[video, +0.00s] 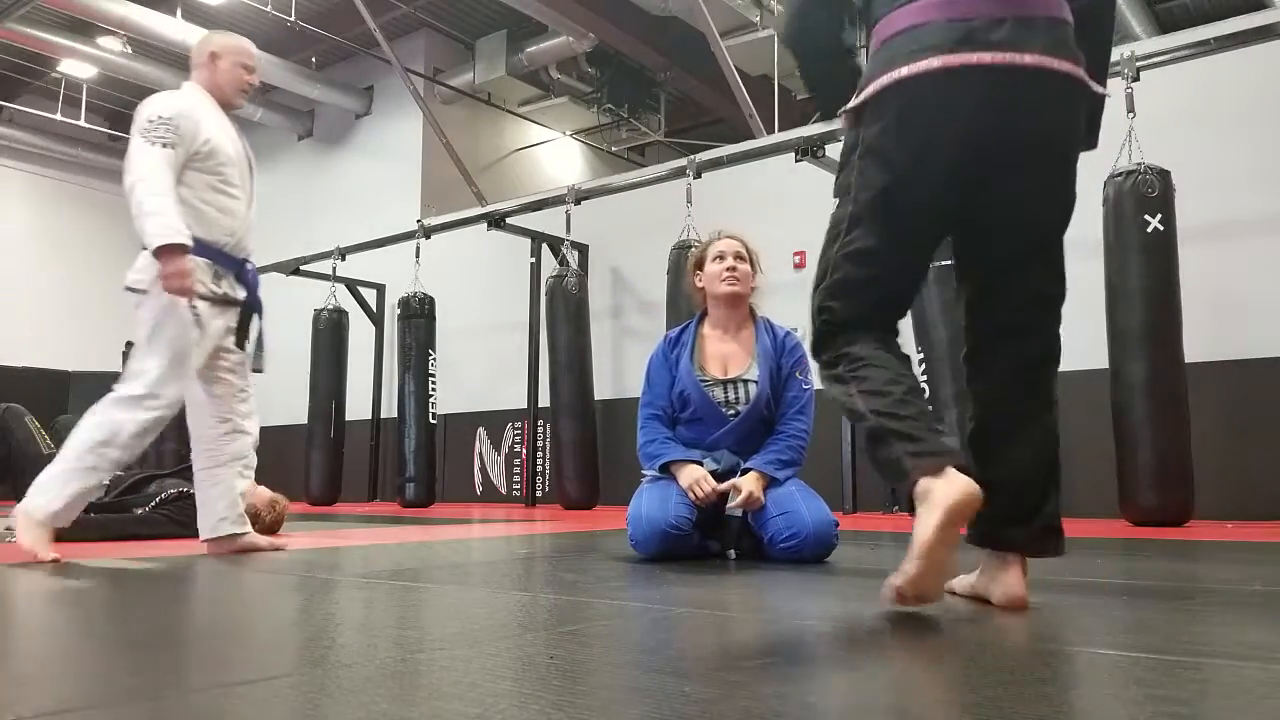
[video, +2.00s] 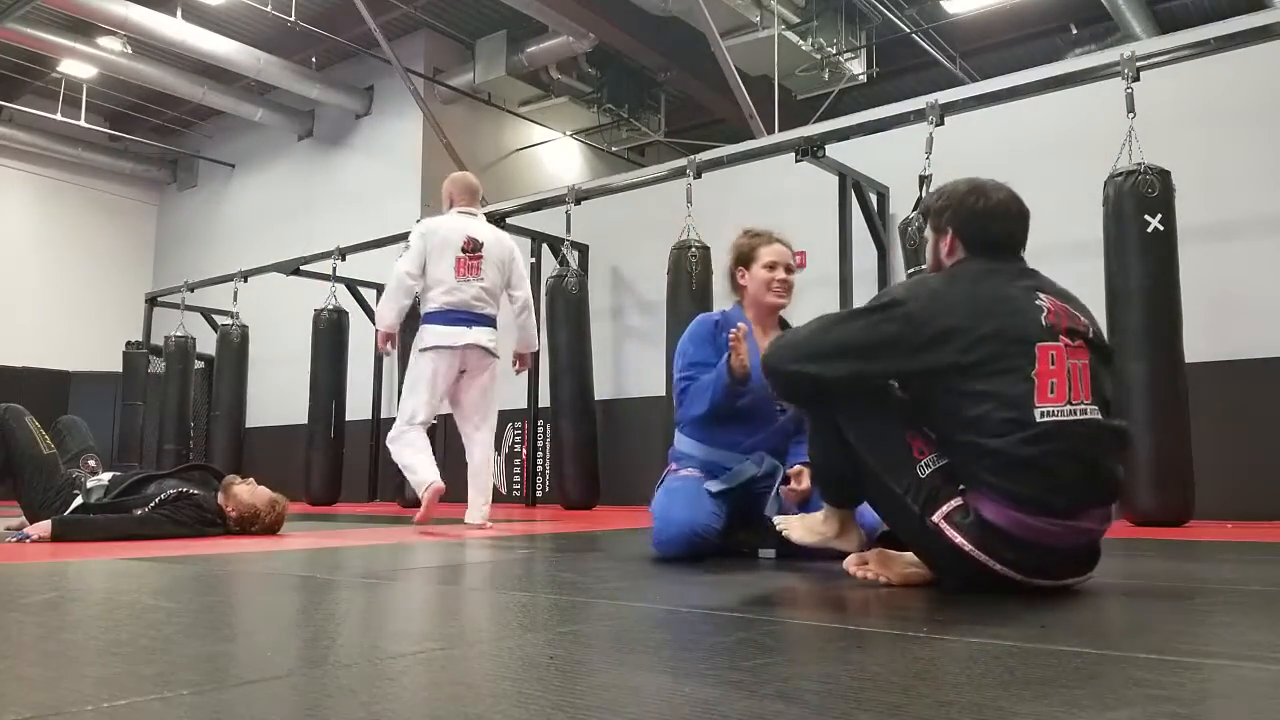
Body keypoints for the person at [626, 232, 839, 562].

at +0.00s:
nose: (731, 264)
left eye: (740, 259)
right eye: (719, 258)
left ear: (753, 280)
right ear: (699, 279)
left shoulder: (784, 346)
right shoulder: (671, 348)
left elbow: (795, 428)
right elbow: (652, 426)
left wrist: (759, 475)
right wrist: (682, 467)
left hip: (761, 475)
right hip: (682, 475)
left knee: (813, 536)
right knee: (653, 534)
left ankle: (742, 534)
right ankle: (715, 541)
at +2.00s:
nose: (782, 277)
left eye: (788, 270)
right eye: (770, 268)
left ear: (795, 280)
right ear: (742, 276)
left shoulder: (799, 345)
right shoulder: (708, 329)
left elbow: (803, 421)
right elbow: (688, 405)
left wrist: (800, 461)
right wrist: (731, 374)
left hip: (777, 476)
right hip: (702, 472)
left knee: (867, 525)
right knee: (680, 537)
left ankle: (764, 532)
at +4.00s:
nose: (846, 289)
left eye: (848, 279)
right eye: (837, 276)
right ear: (799, 273)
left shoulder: (835, 342)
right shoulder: (741, 331)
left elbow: (860, 412)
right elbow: (744, 404)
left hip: (788, 466)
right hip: (710, 461)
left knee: (881, 532)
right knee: (730, 539)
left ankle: (783, 519)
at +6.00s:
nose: (922, 306)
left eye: (927, 296)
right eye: (920, 293)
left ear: (889, 279)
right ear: (888, 277)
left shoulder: (900, 331)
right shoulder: (796, 314)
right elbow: (785, 416)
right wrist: (863, 380)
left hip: (810, 447)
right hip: (734, 427)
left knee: (884, 533)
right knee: (727, 545)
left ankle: (768, 527)